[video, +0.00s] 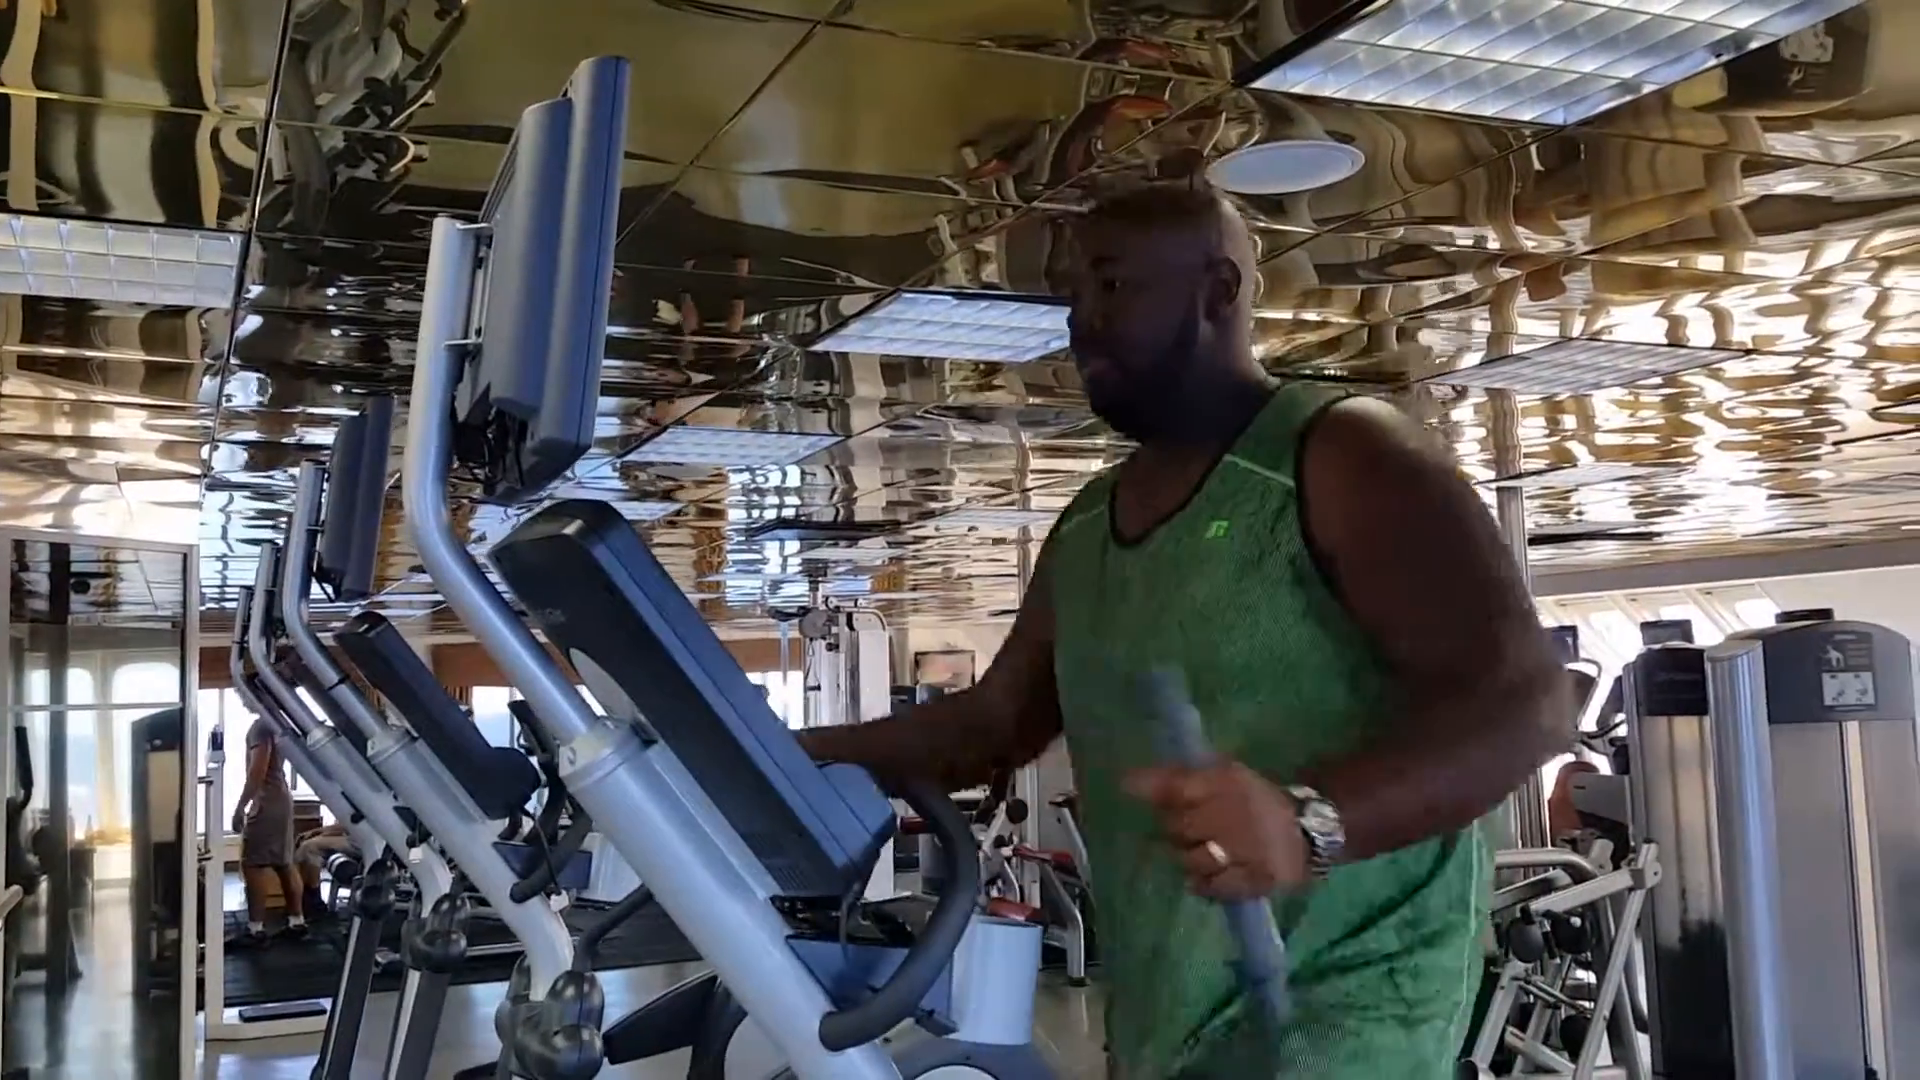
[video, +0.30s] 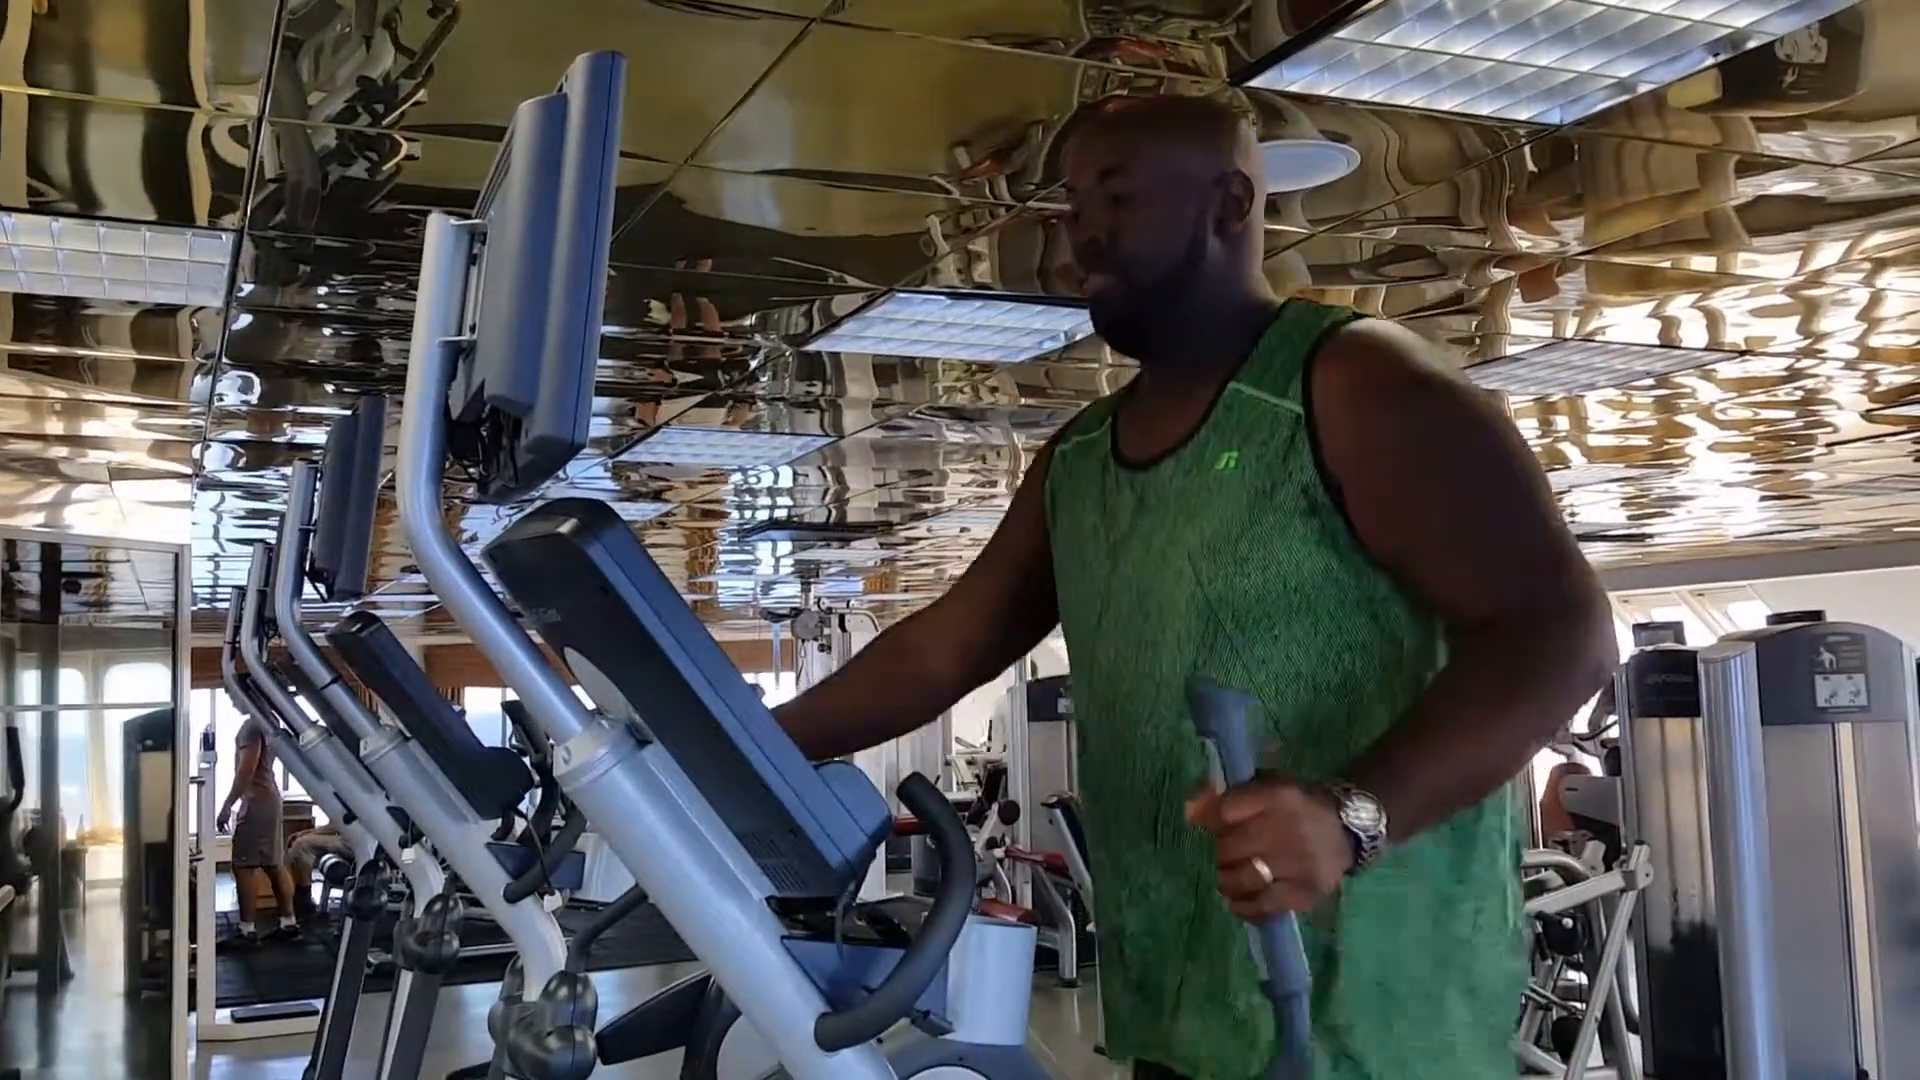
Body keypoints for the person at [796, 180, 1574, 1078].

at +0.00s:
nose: (1078, 321)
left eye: (1110, 286)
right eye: (1071, 293)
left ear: (1218, 295)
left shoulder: (1351, 453)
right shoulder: (1089, 528)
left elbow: (1528, 700)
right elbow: (995, 724)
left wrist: (1317, 820)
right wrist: (789, 758)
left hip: (1353, 1002)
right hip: (1159, 1008)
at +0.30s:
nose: (1075, 227)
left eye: (1114, 191)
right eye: (1068, 204)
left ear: (1234, 206)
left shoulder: (1359, 382)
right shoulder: (1076, 463)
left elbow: (1560, 631)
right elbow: (940, 648)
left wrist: (1354, 817)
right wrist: (752, 748)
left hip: (1389, 1017)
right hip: (1172, 1011)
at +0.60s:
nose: (1166, 286)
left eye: (1211, 247)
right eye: (1140, 262)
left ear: (1292, 279)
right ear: (1120, 295)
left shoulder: (1394, 459)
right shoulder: (1167, 496)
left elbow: (1432, 743)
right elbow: (1150, 696)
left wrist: (1118, 784)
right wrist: (980, 750)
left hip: (1396, 1037)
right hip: (1191, 1032)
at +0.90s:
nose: (1109, 192)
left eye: (1154, 162)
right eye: (1082, 173)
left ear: (1235, 194)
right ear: (1065, 219)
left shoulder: (1324, 352)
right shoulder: (1132, 414)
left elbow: (1286, 604)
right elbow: (1167, 641)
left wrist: (1028, 760)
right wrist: (1060, 712)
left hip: (1369, 990)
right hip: (1179, 979)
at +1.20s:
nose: (1104, 291)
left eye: (1143, 259)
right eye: (1078, 269)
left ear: (1219, 287)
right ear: (1057, 303)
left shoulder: (1325, 449)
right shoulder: (1078, 509)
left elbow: (1460, 709)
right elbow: (1025, 709)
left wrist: (1223, 785)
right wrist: (833, 747)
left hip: (1327, 1020)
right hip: (1134, 1017)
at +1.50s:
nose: (1103, 229)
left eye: (1143, 192)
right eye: (1080, 204)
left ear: (1232, 216)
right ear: (1064, 242)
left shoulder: (1340, 392)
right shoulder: (1060, 461)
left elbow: (1548, 631)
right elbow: (936, 633)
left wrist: (1372, 826)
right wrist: (744, 738)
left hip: (1347, 1003)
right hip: (1131, 1000)